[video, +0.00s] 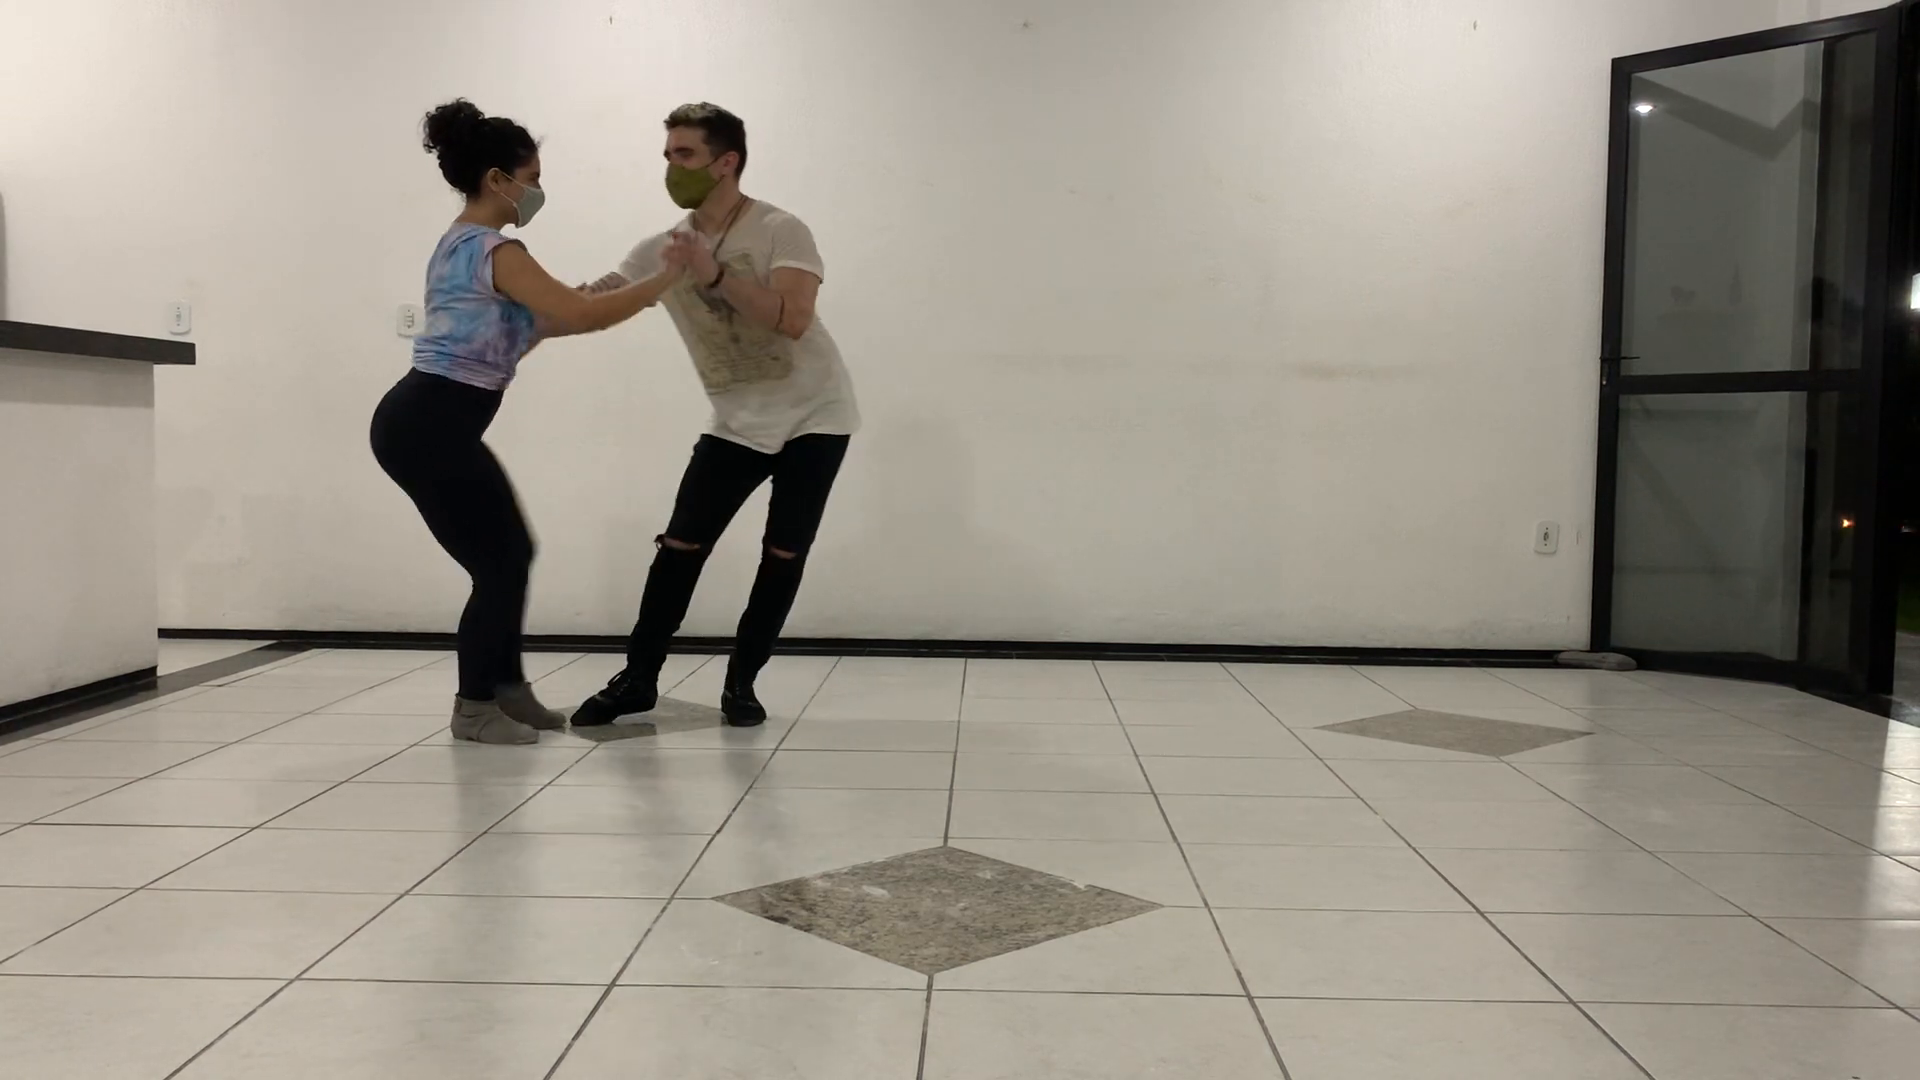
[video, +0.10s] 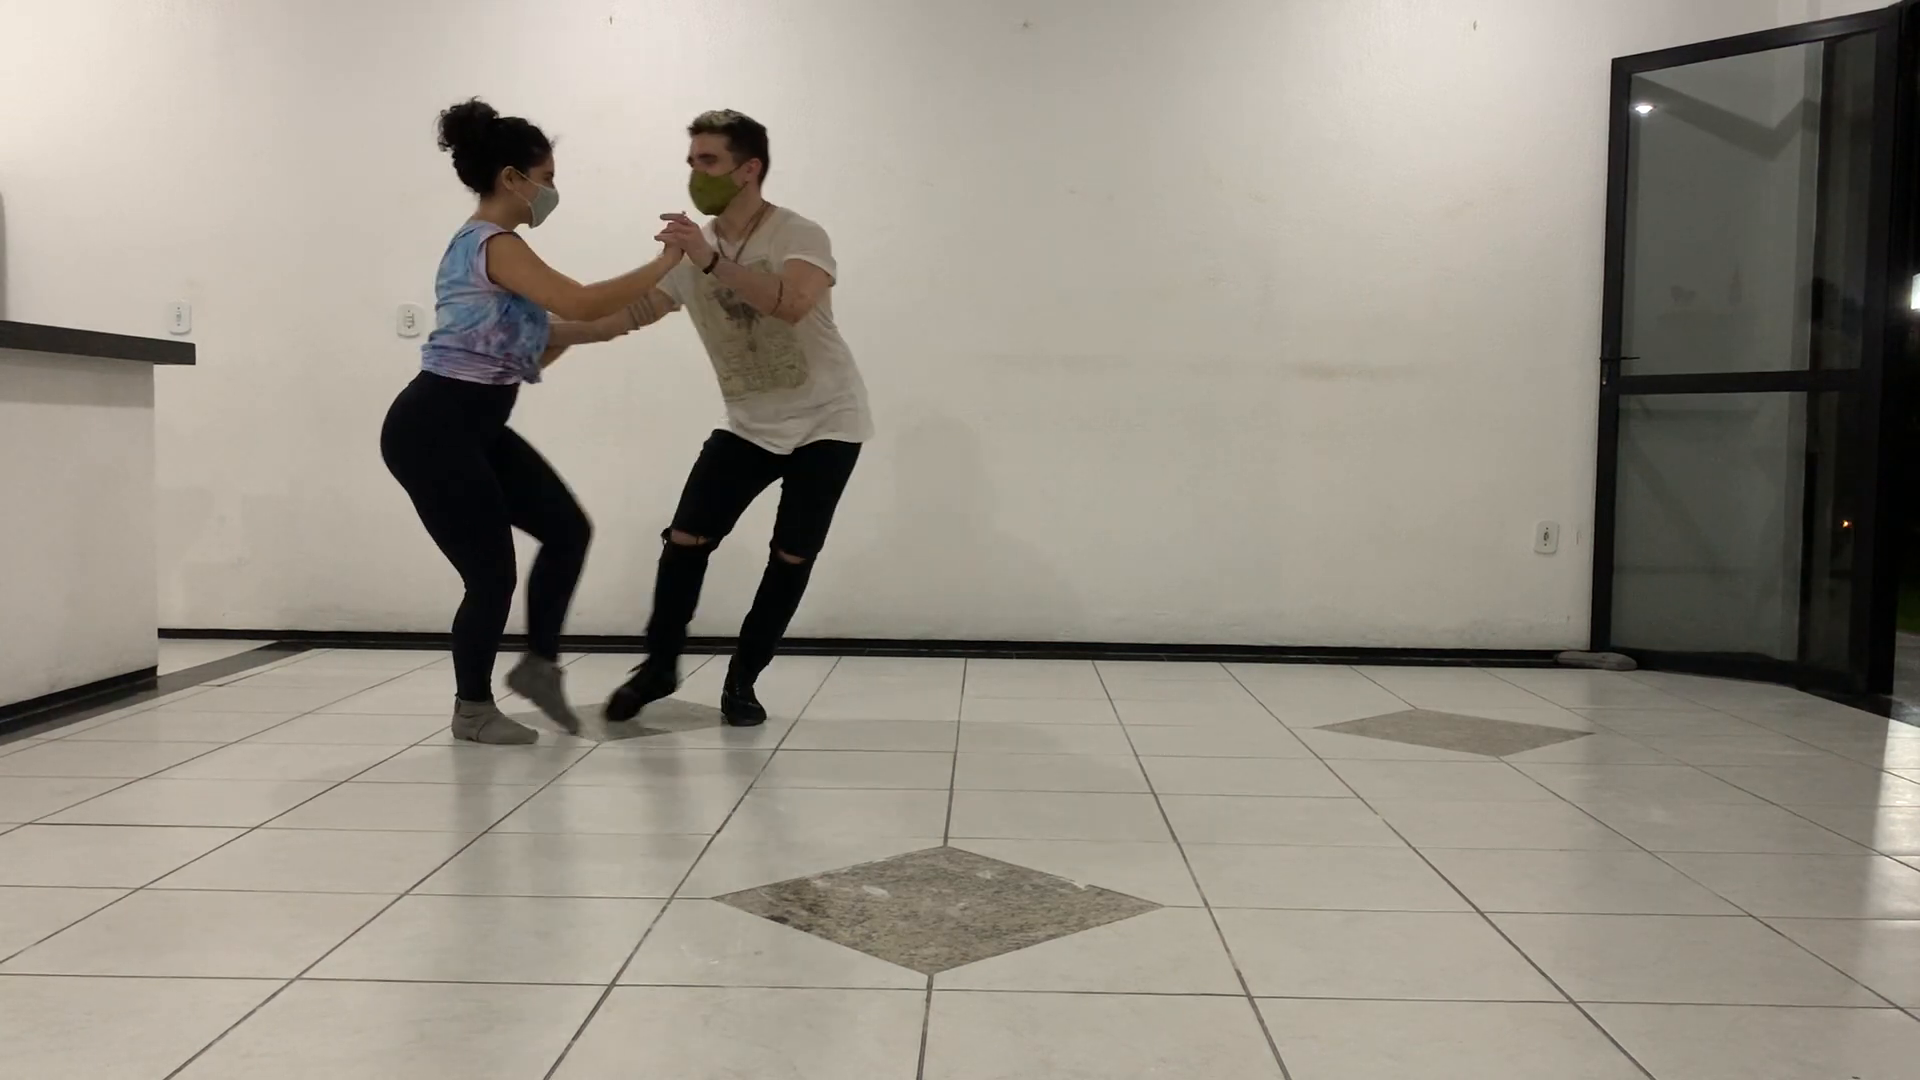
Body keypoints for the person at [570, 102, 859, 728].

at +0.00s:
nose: (671, 167)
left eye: (684, 156)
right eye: (668, 156)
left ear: (728, 161)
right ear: (667, 161)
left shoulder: (783, 232)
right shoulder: (661, 252)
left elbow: (793, 317)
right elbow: (586, 302)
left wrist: (714, 274)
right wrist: (514, 319)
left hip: (817, 409)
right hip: (740, 416)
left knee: (784, 551)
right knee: (682, 540)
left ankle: (741, 682)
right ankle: (638, 681)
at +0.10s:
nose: (696, 174)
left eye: (709, 162)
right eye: (691, 162)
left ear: (751, 168)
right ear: (690, 166)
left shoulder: (799, 235)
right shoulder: (694, 251)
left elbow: (790, 302)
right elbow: (628, 314)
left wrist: (712, 258)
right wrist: (552, 331)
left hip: (828, 418)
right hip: (752, 422)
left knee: (792, 554)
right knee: (687, 535)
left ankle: (742, 681)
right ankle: (659, 667)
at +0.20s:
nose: (719, 177)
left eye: (733, 166)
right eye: (717, 166)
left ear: (776, 173)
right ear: (719, 172)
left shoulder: (818, 241)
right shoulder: (715, 255)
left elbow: (798, 302)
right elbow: (651, 315)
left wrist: (717, 271)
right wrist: (577, 335)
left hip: (834, 424)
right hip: (760, 426)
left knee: (795, 557)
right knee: (699, 535)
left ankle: (742, 679)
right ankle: (740, 644)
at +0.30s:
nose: (741, 174)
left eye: (755, 164)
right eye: (738, 163)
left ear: (797, 172)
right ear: (736, 166)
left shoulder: (835, 244)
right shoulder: (731, 248)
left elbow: (833, 306)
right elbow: (673, 316)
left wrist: (755, 289)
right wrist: (602, 336)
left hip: (838, 426)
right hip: (766, 429)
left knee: (798, 562)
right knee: (725, 552)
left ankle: (743, 678)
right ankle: (819, 644)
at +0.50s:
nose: (770, 164)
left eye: (784, 153)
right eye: (765, 153)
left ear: (824, 160)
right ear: (761, 159)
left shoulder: (858, 224)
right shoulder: (758, 245)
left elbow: (912, 261)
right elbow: (718, 336)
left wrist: (826, 227)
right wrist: (665, 294)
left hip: (865, 407)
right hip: (795, 420)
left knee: (834, 544)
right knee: (799, 562)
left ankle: (770, 675)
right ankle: (872, 676)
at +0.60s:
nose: (788, 162)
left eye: (802, 150)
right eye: (782, 151)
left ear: (839, 156)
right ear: (774, 158)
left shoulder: (878, 220)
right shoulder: (774, 245)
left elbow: (911, 217)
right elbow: (727, 328)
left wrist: (837, 199)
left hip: (885, 399)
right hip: (815, 415)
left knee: (895, 527)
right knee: (813, 559)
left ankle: (863, 660)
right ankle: (875, 684)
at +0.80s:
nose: (820, 149)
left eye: (836, 137)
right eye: (815, 139)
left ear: (870, 144)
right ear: (812, 149)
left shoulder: (900, 205)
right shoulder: (823, 231)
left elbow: (885, 148)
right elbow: (799, 272)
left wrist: (806, 160)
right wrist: (778, 197)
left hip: (914, 402)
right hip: (837, 417)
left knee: (985, 526)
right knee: (833, 552)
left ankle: (1033, 659)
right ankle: (877, 677)